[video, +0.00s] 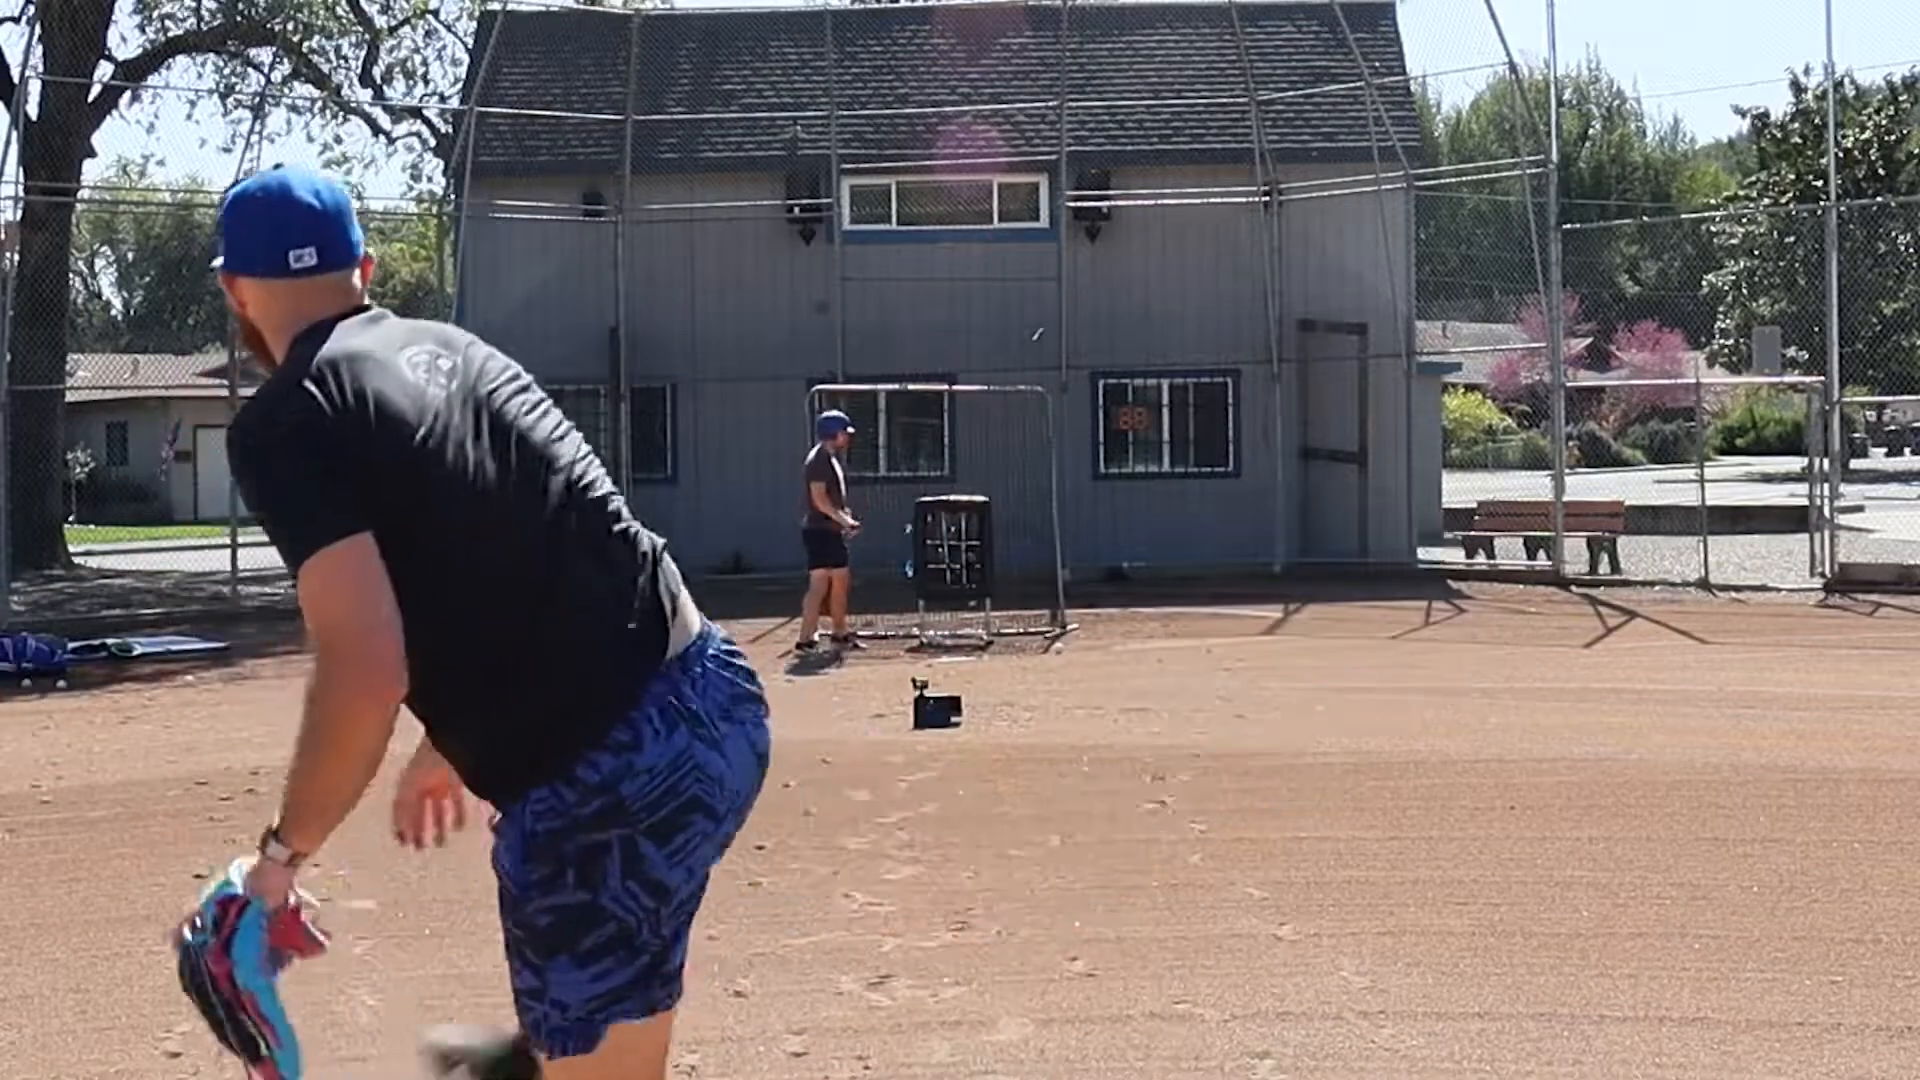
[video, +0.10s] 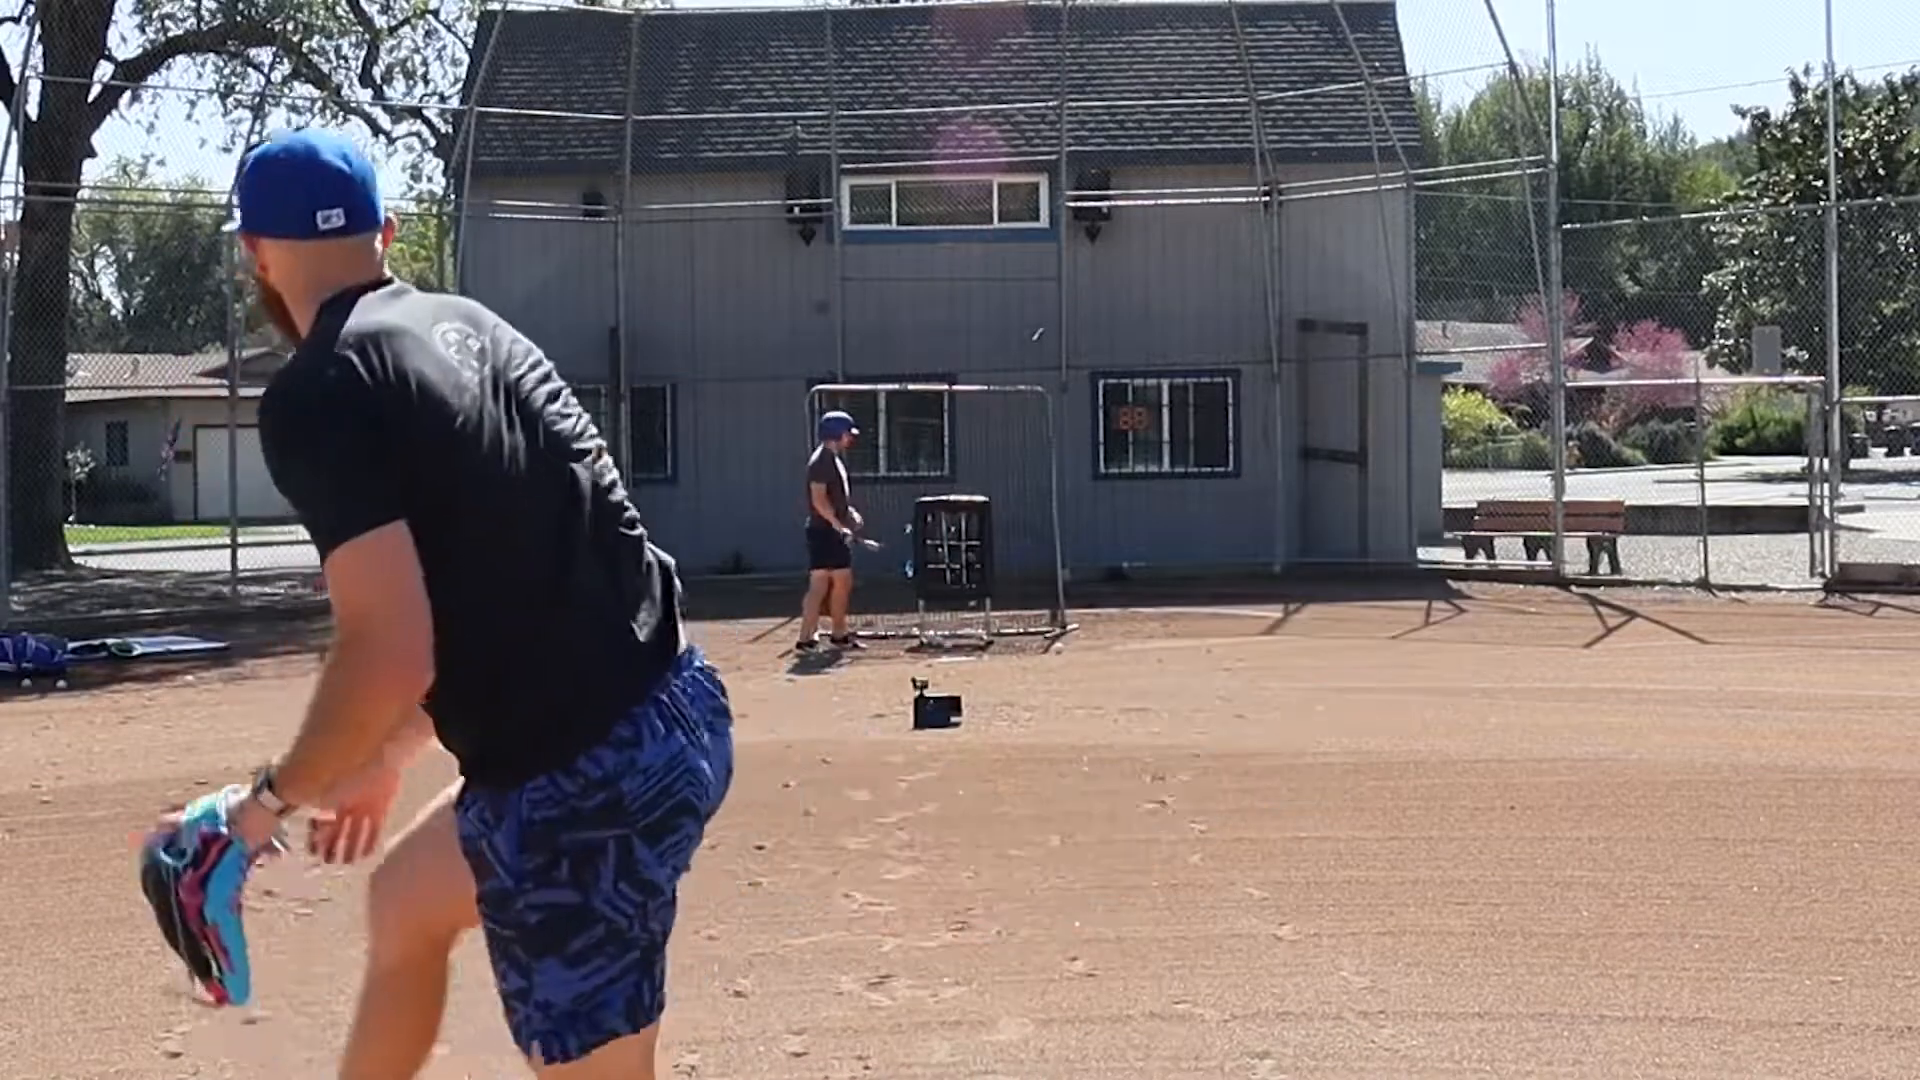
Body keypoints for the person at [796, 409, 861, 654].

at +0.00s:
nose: (847, 437)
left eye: (847, 433)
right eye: (844, 433)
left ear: (832, 435)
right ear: (832, 434)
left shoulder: (832, 457)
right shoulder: (819, 459)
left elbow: (834, 495)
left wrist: (846, 516)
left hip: (828, 525)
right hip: (822, 527)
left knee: (819, 581)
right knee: (840, 577)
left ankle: (806, 636)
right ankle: (840, 630)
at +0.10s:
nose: (850, 439)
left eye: (850, 434)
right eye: (847, 434)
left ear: (834, 435)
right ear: (835, 434)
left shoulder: (834, 459)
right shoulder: (822, 461)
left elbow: (837, 493)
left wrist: (850, 511)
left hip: (829, 524)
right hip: (825, 525)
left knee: (819, 581)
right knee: (842, 580)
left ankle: (806, 636)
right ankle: (839, 631)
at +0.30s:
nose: (866, 445)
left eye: (867, 440)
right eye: (861, 441)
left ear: (865, 443)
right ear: (849, 445)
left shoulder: (842, 463)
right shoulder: (853, 466)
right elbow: (880, 489)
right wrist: (878, 467)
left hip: (824, 531)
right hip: (832, 531)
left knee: (858, 581)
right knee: (870, 571)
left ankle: (848, 634)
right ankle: (847, 613)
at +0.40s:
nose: (866, 449)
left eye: (867, 444)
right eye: (861, 445)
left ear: (869, 446)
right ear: (850, 448)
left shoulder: (859, 468)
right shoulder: (846, 469)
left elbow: (878, 495)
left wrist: (877, 478)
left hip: (835, 529)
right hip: (828, 530)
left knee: (857, 578)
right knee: (865, 572)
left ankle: (845, 632)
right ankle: (843, 618)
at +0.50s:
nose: (866, 453)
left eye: (868, 449)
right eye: (861, 449)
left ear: (867, 451)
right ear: (850, 450)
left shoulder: (841, 466)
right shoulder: (852, 472)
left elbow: (877, 494)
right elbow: (878, 493)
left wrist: (870, 471)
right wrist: (872, 471)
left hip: (829, 533)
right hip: (827, 534)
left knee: (856, 583)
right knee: (857, 582)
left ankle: (847, 631)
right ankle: (836, 624)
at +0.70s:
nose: (866, 464)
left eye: (867, 460)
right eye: (861, 460)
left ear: (866, 462)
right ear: (850, 461)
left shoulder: (836, 478)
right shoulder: (855, 482)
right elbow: (877, 502)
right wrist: (867, 482)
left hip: (832, 546)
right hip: (820, 546)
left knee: (856, 594)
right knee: (837, 595)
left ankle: (846, 634)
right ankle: (820, 638)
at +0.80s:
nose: (860, 465)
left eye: (862, 461)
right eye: (856, 460)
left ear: (863, 462)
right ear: (845, 461)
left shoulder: (839, 479)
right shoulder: (846, 482)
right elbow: (874, 504)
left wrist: (862, 497)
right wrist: (864, 485)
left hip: (832, 547)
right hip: (817, 547)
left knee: (854, 598)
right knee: (834, 598)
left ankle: (845, 635)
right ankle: (811, 642)